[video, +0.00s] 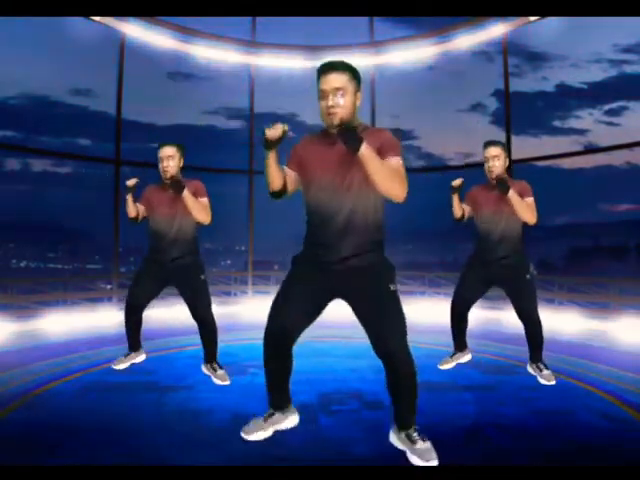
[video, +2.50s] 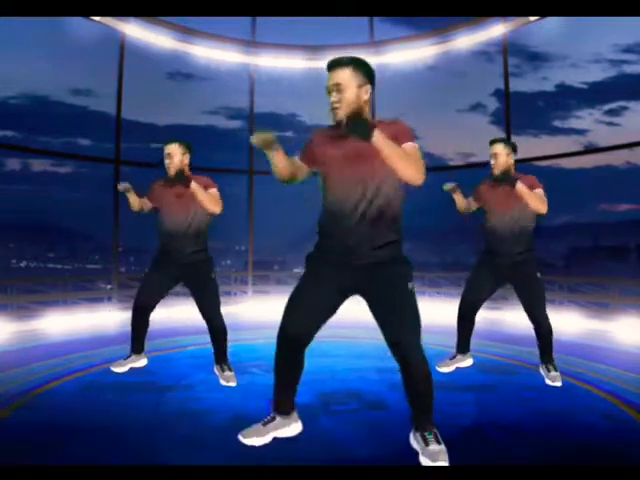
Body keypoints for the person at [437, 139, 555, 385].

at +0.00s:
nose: (492, 163)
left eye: (496, 158)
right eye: (488, 159)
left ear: (506, 160)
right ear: (483, 163)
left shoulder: (520, 188)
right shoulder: (477, 192)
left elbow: (530, 217)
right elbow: (460, 215)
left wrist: (507, 190)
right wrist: (455, 194)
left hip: (513, 264)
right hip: (482, 263)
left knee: (530, 316)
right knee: (458, 306)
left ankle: (536, 362)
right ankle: (460, 351)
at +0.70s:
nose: (480, 160)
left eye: (485, 155)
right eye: (479, 155)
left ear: (499, 157)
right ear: (480, 158)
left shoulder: (515, 184)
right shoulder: (479, 185)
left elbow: (520, 216)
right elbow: (462, 198)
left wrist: (498, 190)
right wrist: (459, 187)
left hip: (508, 257)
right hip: (482, 255)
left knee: (519, 308)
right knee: (461, 301)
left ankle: (543, 358)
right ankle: (467, 352)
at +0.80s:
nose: (477, 160)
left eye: (480, 156)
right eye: (477, 156)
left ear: (493, 157)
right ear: (485, 157)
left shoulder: (504, 181)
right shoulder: (485, 180)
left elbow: (492, 199)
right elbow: (479, 202)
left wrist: (470, 181)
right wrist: (473, 183)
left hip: (502, 252)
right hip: (484, 251)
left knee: (509, 308)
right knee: (462, 299)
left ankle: (546, 356)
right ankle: (467, 352)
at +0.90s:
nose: (481, 161)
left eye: (484, 157)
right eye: (481, 158)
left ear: (495, 157)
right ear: (492, 157)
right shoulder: (493, 178)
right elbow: (485, 210)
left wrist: (431, 169)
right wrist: (479, 185)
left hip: (501, 255)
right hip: (487, 254)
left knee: (509, 312)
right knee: (464, 298)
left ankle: (544, 358)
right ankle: (467, 352)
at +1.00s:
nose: (482, 161)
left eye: (485, 157)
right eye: (482, 157)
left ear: (496, 156)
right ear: (494, 157)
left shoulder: (507, 175)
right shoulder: (493, 179)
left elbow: (471, 183)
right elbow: (482, 208)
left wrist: (447, 173)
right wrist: (480, 182)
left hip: (508, 257)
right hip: (490, 256)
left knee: (517, 312)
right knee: (467, 298)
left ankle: (546, 360)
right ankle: (467, 352)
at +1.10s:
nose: (482, 163)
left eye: (485, 159)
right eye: (480, 159)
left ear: (498, 158)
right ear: (483, 162)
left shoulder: (515, 179)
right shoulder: (487, 184)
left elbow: (512, 205)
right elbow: (480, 211)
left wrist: (487, 183)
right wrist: (474, 191)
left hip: (514, 258)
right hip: (491, 258)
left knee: (524, 312)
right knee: (470, 302)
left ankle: (547, 363)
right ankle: (467, 352)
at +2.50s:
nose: (494, 161)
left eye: (498, 156)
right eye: (492, 156)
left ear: (512, 157)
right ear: (490, 159)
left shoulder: (529, 183)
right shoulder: (485, 189)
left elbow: (542, 208)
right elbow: (466, 209)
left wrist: (517, 184)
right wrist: (457, 195)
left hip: (522, 262)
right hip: (491, 262)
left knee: (539, 317)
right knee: (467, 306)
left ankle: (548, 364)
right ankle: (462, 354)